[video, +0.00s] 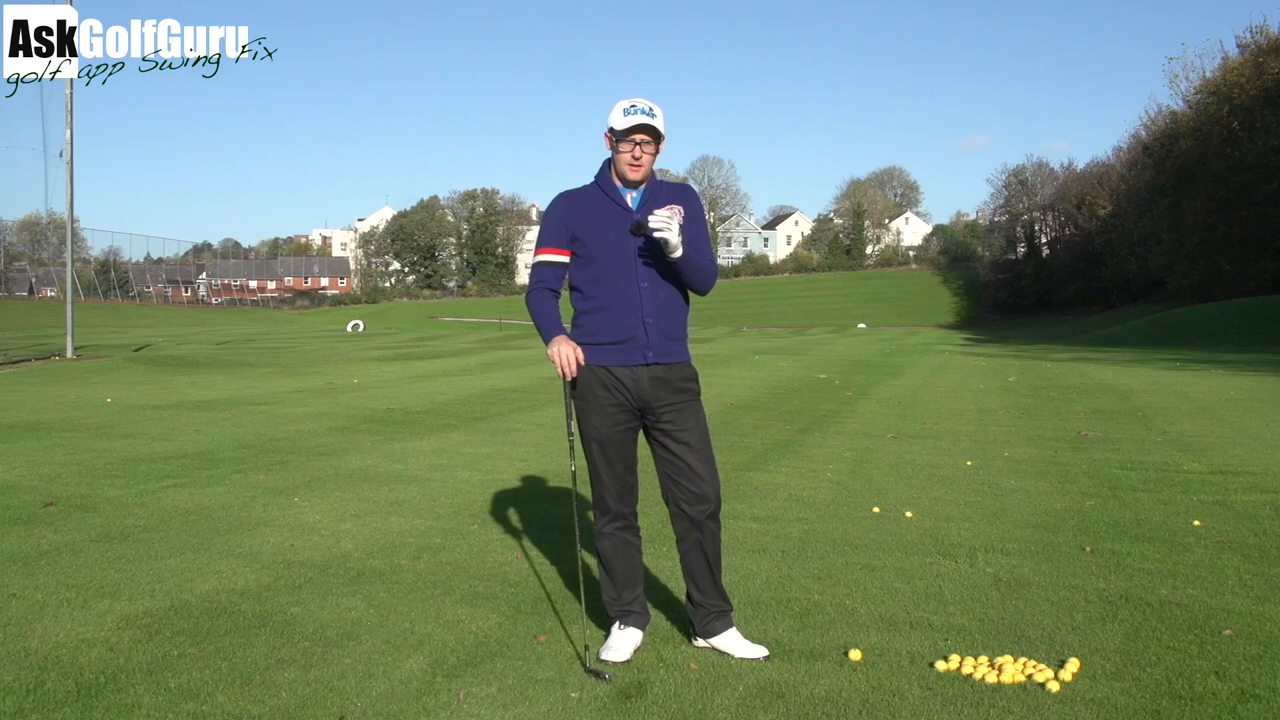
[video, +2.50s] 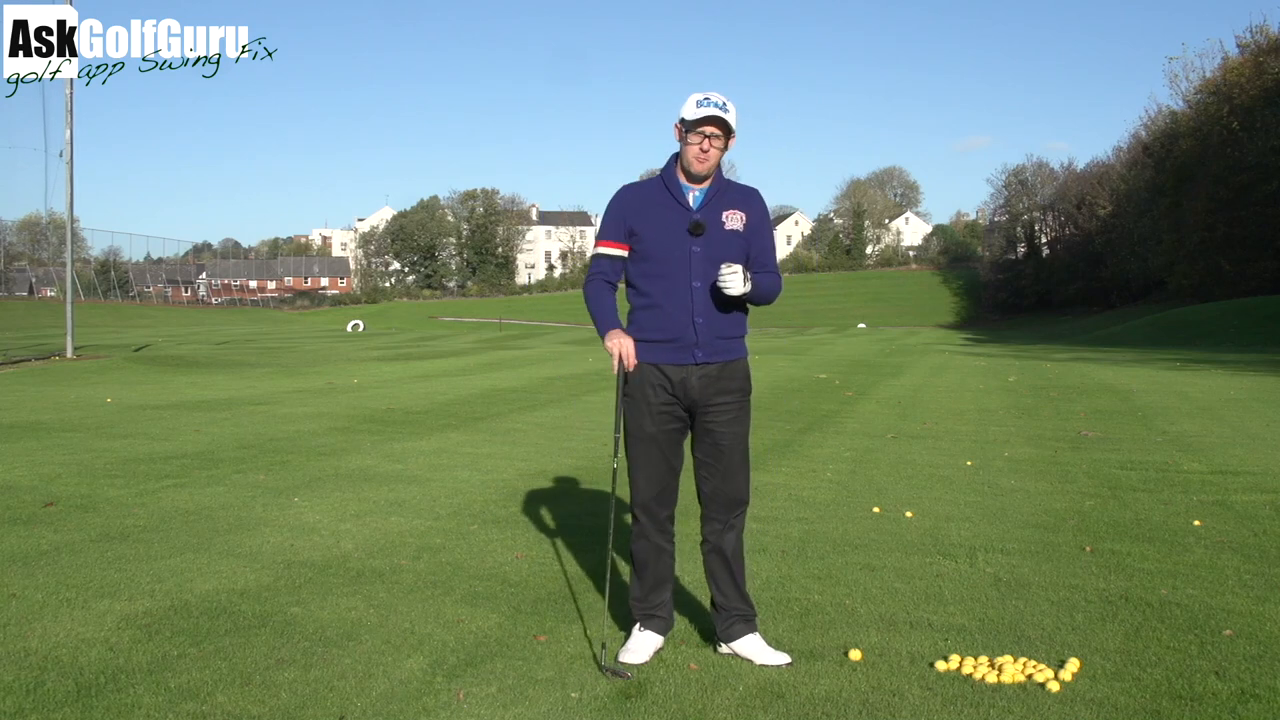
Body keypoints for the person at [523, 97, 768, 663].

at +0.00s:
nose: (638, 151)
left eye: (648, 142)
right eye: (629, 141)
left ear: (660, 149)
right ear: (610, 143)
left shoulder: (681, 200)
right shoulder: (570, 207)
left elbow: (704, 281)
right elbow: (542, 288)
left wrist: (676, 246)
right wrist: (554, 335)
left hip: (672, 373)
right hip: (602, 375)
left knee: (699, 497)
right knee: (615, 505)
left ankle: (711, 621)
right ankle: (628, 618)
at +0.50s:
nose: (649, 149)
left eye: (660, 141)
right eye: (641, 138)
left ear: (672, 148)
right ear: (622, 141)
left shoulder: (694, 201)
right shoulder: (580, 208)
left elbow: (721, 278)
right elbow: (556, 290)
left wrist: (704, 285)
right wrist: (569, 334)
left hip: (686, 374)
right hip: (613, 376)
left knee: (724, 492)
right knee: (619, 506)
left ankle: (729, 619)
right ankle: (627, 620)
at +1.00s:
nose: (711, 149)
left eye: (722, 142)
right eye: (703, 138)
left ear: (732, 150)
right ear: (684, 138)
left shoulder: (749, 204)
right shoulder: (635, 201)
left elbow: (772, 282)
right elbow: (606, 278)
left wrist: (753, 286)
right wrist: (610, 331)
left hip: (736, 373)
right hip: (662, 374)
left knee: (738, 507)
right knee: (650, 507)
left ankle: (736, 628)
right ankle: (631, 621)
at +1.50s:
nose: (748, 146)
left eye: (760, 138)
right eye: (740, 135)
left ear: (773, 147)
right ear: (724, 139)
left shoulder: (790, 210)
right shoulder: (674, 199)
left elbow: (808, 294)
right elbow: (646, 276)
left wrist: (788, 288)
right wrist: (646, 336)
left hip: (762, 376)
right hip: (690, 374)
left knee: (747, 507)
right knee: (673, 503)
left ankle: (736, 627)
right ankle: (647, 623)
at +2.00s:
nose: (762, 151)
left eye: (773, 145)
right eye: (755, 139)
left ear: (781, 155)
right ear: (735, 138)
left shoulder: (789, 213)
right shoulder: (676, 195)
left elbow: (802, 297)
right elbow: (638, 269)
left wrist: (784, 295)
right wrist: (628, 335)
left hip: (753, 378)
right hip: (680, 373)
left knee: (741, 507)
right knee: (660, 502)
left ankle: (735, 626)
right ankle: (645, 618)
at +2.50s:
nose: (704, 144)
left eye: (715, 137)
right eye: (696, 133)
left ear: (728, 145)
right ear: (678, 135)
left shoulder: (748, 203)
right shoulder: (633, 200)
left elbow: (770, 283)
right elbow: (599, 279)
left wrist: (749, 284)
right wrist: (611, 329)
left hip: (725, 374)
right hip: (651, 373)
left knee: (726, 506)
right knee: (651, 506)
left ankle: (734, 628)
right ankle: (650, 622)